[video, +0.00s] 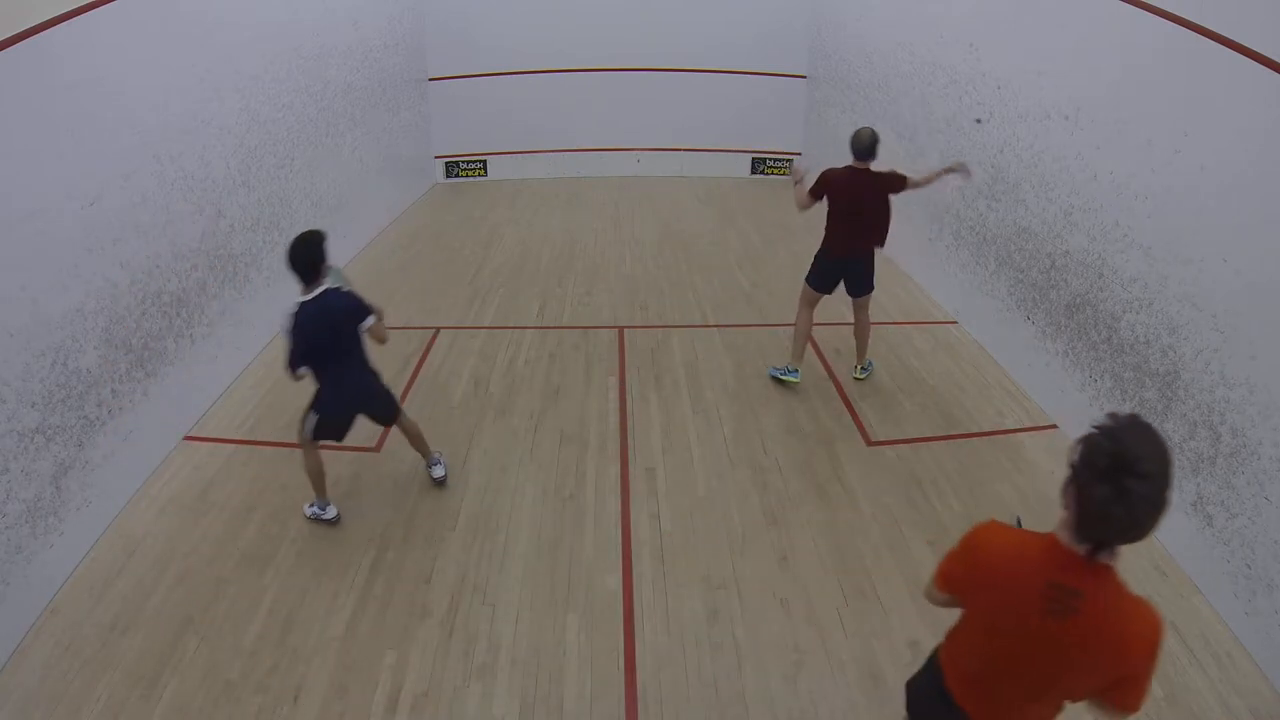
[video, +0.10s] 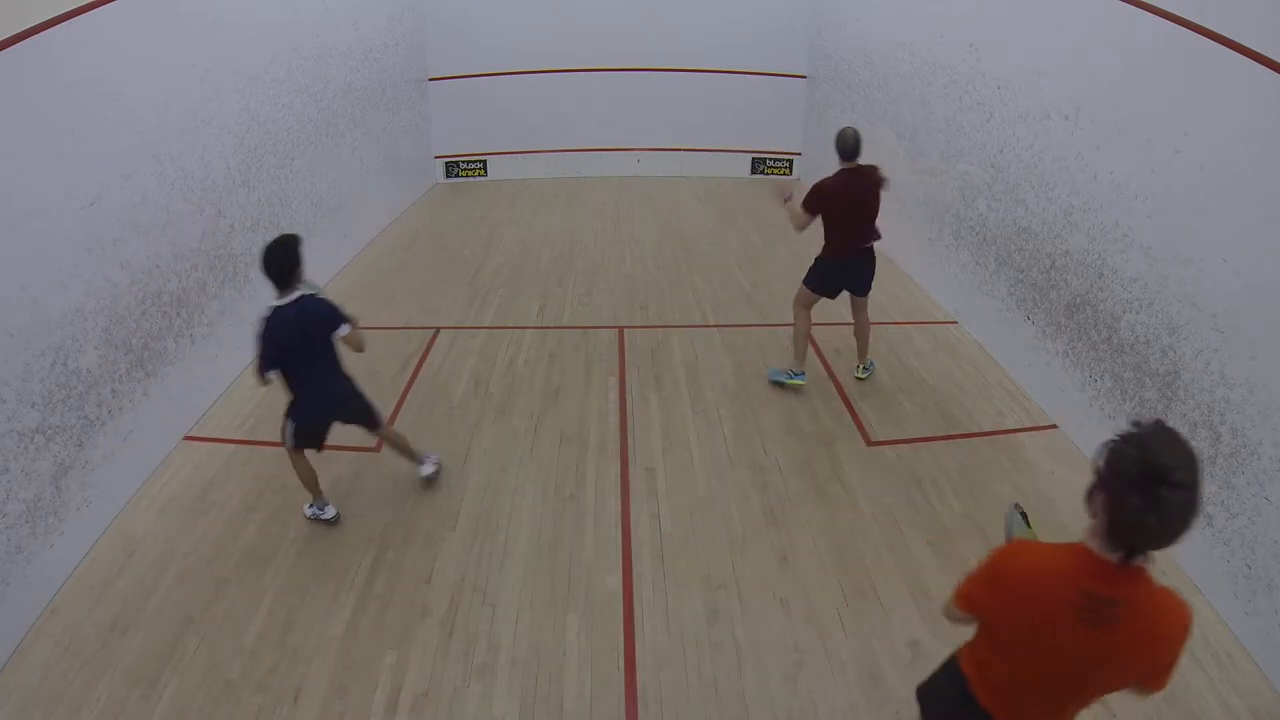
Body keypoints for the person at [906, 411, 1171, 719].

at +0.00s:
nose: (1066, 476)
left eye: (1071, 471)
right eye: (1072, 467)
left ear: (1070, 491)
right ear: (1145, 523)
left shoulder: (994, 547)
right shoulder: (1139, 629)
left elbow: (937, 593)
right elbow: (1114, 706)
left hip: (939, 697)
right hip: (1027, 716)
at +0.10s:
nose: (1093, 478)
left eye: (1098, 474)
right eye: (1099, 470)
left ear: (1099, 501)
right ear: (1174, 526)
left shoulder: (1025, 563)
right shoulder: (1170, 620)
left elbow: (956, 611)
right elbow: (1145, 685)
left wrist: (1010, 559)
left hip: (962, 697)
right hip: (1049, 715)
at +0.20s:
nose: (1119, 475)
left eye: (1126, 474)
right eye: (1127, 469)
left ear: (1132, 513)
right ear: (1197, 527)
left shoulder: (1059, 583)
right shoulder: (1200, 606)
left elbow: (970, 640)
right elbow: (1173, 672)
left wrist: (1024, 593)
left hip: (993, 700)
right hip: (1079, 713)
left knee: (950, 711)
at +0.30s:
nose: (1149, 464)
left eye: (1156, 468)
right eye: (1158, 460)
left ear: (1162, 516)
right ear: (1219, 527)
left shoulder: (1099, 591)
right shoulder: (1223, 590)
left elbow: (990, 677)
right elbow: (1209, 658)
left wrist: (1003, 625)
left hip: (1024, 707)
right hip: (1110, 710)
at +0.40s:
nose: (1165, 463)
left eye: (1174, 468)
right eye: (1175, 459)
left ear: (1184, 517)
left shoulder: (1125, 593)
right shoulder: (1234, 579)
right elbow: (1232, 651)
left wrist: (1012, 666)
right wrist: (1155, 652)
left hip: (1061, 713)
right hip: (1132, 711)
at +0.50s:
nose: (1172, 465)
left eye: (1185, 473)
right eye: (1185, 459)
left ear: (1206, 524)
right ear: (1210, 526)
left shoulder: (1146, 599)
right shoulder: (1240, 576)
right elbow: (1236, 645)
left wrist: (1040, 691)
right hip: (1139, 710)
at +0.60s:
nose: (1180, 475)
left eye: (1195, 481)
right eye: (1191, 465)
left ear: (1226, 528)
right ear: (1229, 530)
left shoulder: (1165, 604)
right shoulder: (1244, 577)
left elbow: (1127, 712)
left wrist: (1057, 716)